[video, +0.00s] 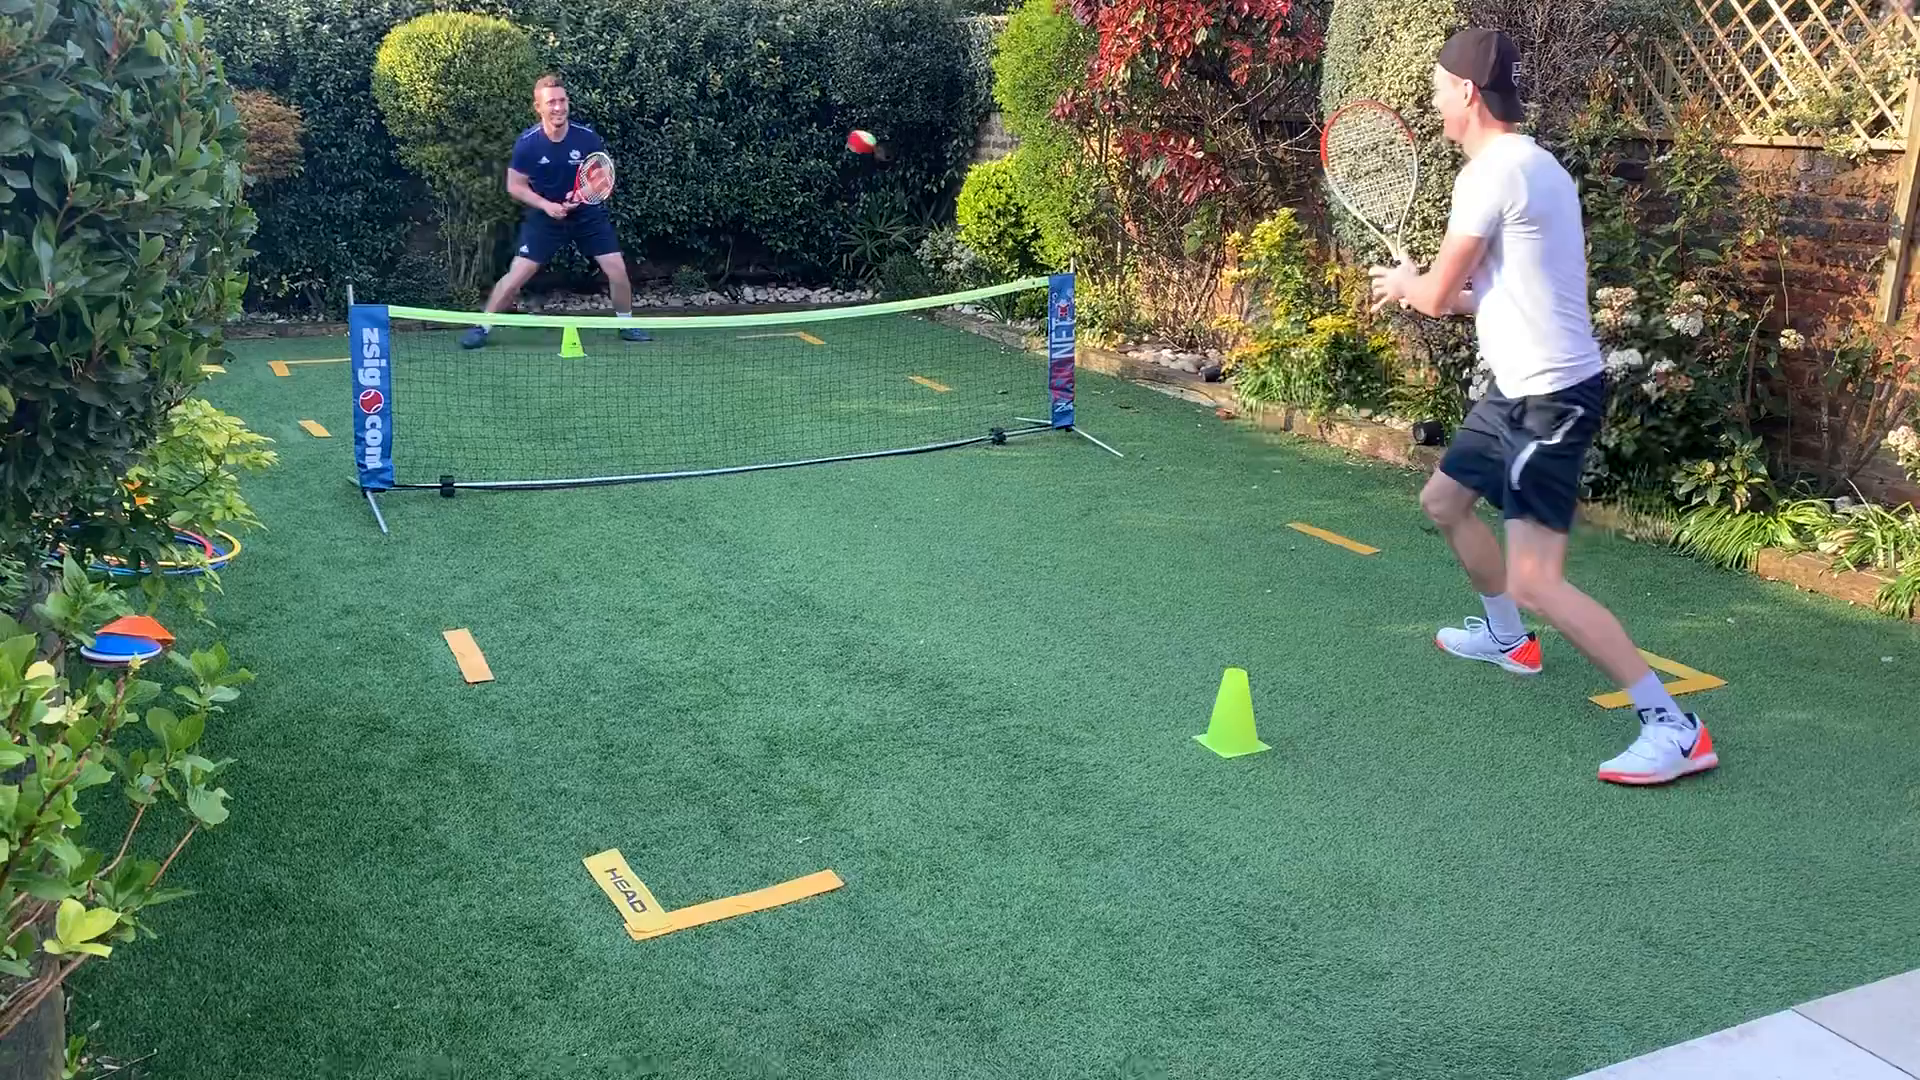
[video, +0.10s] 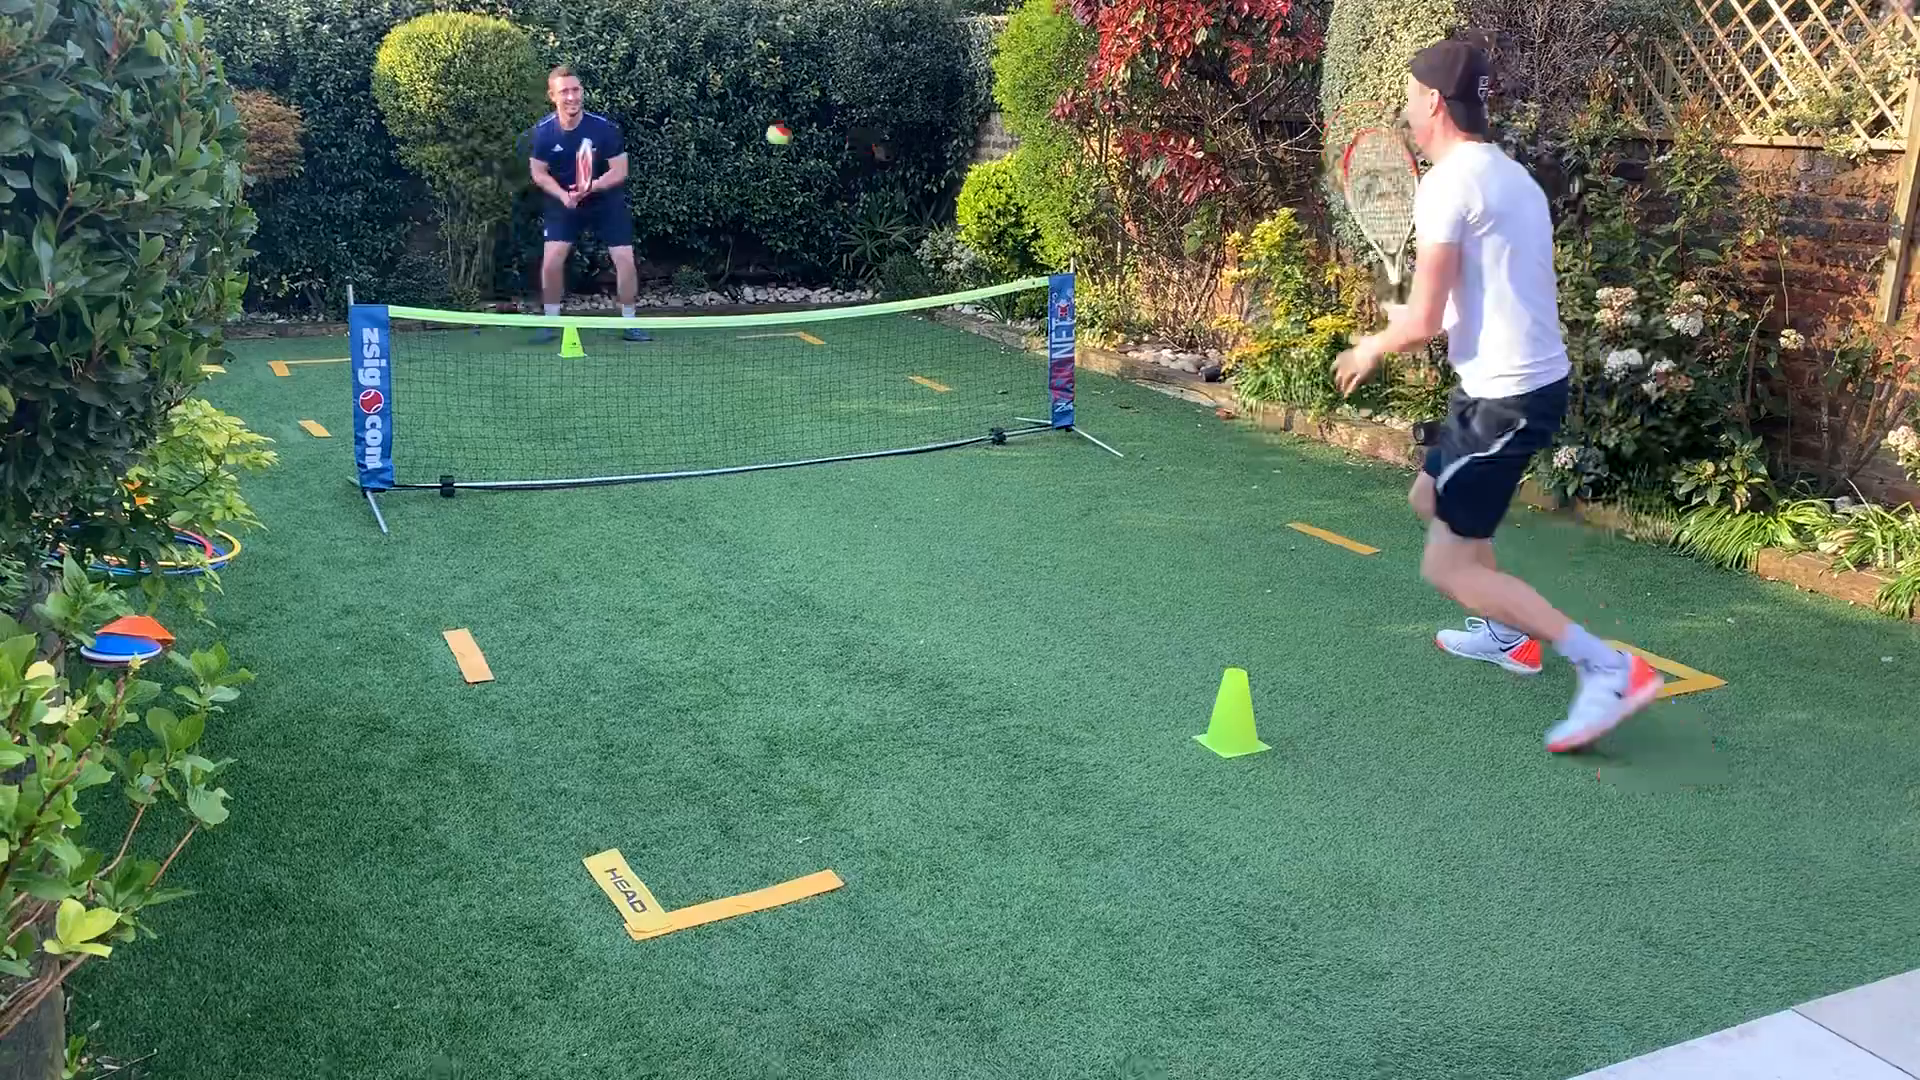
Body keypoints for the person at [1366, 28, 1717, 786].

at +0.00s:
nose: (1437, 104)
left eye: (1442, 91)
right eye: (1440, 90)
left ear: (1469, 94)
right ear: (1497, 93)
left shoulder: (1490, 171)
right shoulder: (1543, 167)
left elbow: (1440, 297)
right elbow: (1507, 292)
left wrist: (1406, 284)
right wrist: (1428, 288)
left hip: (1554, 395)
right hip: (1517, 387)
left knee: (1537, 582)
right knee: (1444, 501)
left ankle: (1673, 725)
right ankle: (1506, 633)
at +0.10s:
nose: (1408, 109)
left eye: (1413, 97)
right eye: (1410, 96)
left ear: (1436, 105)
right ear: (1469, 106)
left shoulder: (1447, 182)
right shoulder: (1514, 176)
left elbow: (1423, 322)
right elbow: (1492, 302)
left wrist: (1372, 347)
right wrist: (1413, 320)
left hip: (1505, 391)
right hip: (1526, 379)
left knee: (1447, 568)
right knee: (1429, 496)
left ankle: (1606, 666)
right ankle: (1506, 631)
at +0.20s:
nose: (1362, 124)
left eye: (1367, 111)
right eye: (1364, 110)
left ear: (1389, 118)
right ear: (1421, 118)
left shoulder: (1411, 192)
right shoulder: (1473, 183)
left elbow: (1404, 325)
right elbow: (1483, 298)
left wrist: (1334, 400)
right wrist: (1401, 327)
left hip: (1468, 395)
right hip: (1510, 388)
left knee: (1344, 521)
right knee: (1428, 505)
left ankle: (1467, 637)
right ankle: (1505, 634)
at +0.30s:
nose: (1312, 134)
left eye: (1316, 121)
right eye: (1312, 121)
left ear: (1336, 125)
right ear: (1370, 123)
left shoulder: (1367, 194)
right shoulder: (1424, 185)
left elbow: (1367, 313)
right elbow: (1415, 305)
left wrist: (1286, 393)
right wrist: (1318, 335)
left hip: (1424, 397)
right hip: (1468, 391)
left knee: (1265, 479)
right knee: (1411, 511)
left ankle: (1303, 639)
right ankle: (1502, 633)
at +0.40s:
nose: (1254, 118)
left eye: (1256, 106)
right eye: (1254, 106)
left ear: (1273, 110)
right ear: (1321, 108)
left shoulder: (1296, 180)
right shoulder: (1373, 179)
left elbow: (1316, 275)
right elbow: (1407, 291)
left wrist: (1239, 374)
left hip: (1354, 393)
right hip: (1411, 390)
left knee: (1197, 482)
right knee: (1408, 512)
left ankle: (1158, 648)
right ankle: (1498, 629)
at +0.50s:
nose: (1206, 96)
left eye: (1209, 85)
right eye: (1209, 84)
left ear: (1222, 92)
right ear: (1276, 93)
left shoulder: (1222, 165)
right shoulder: (1326, 173)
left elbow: (1246, 256)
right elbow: (1388, 279)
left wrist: (1253, 385)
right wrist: (1398, 370)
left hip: (1271, 385)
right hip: (1344, 382)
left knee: (1152, 490)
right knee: (1349, 491)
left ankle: (1143, 662)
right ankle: (1428, 618)